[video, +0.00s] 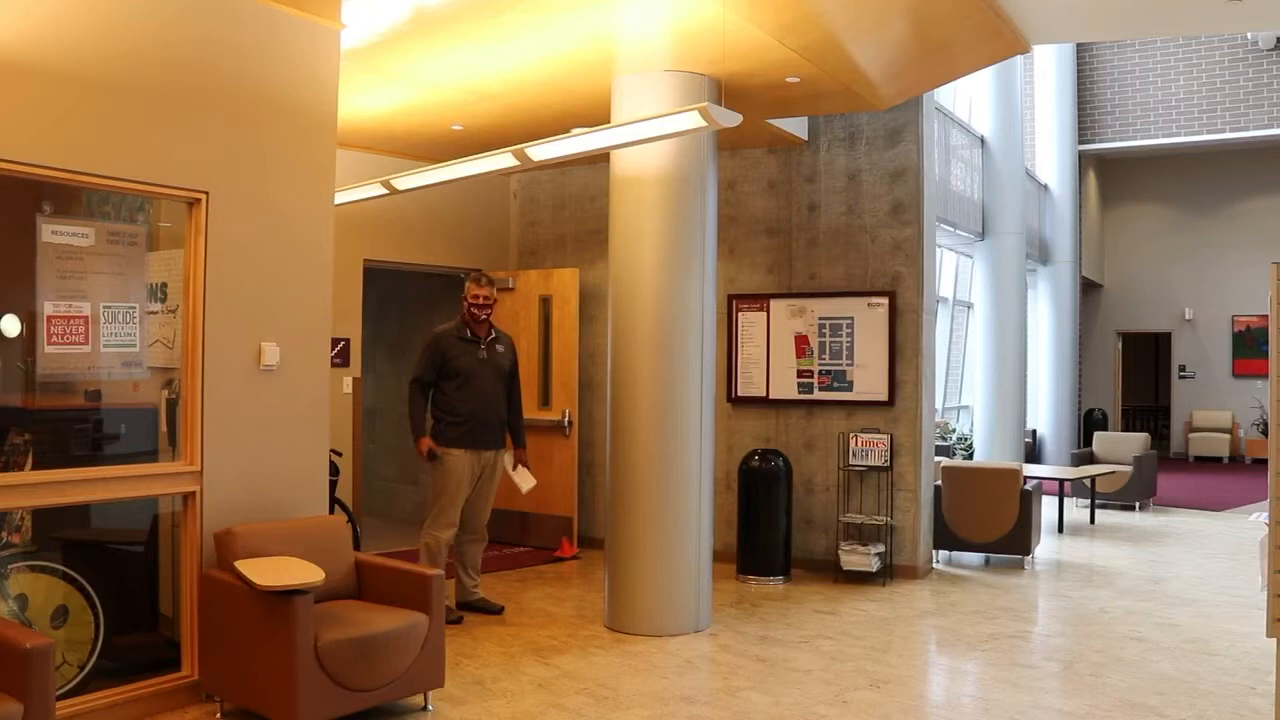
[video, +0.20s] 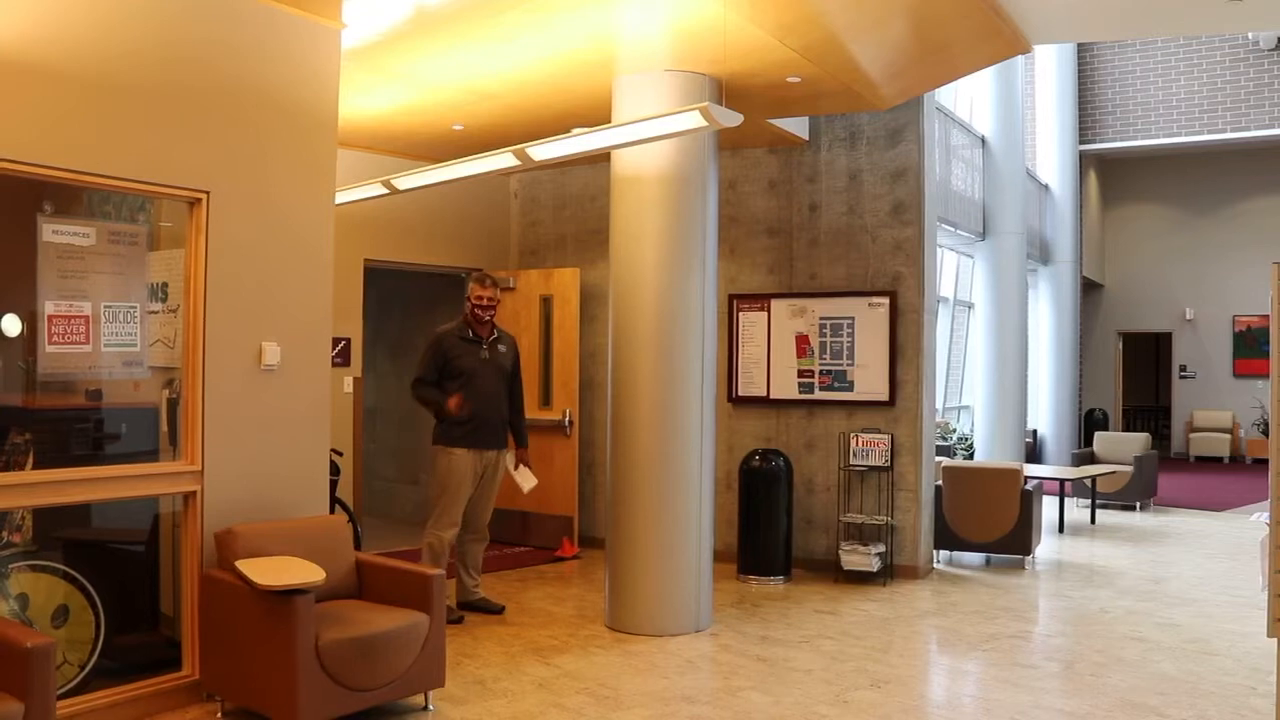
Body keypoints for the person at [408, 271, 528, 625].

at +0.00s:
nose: (480, 305)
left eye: (487, 299)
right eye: (475, 298)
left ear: (495, 303)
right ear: (464, 300)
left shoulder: (504, 343)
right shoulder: (442, 340)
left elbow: (513, 397)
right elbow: (419, 387)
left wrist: (519, 445)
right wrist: (421, 433)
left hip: (492, 449)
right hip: (452, 448)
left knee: (475, 529)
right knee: (441, 529)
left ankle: (470, 594)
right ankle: (434, 602)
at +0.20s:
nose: (484, 306)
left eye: (491, 301)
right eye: (478, 299)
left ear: (498, 304)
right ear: (467, 300)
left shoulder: (507, 343)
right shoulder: (445, 339)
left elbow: (514, 398)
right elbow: (421, 386)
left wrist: (521, 444)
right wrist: (444, 402)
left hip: (495, 448)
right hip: (456, 447)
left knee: (477, 528)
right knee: (443, 528)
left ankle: (470, 593)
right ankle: (436, 602)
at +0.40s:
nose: (490, 307)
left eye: (495, 302)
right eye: (484, 302)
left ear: (501, 304)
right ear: (470, 302)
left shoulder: (509, 341)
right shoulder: (451, 336)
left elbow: (519, 396)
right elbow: (442, 381)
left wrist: (526, 444)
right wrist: (470, 347)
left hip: (497, 447)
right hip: (458, 445)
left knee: (479, 528)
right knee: (446, 527)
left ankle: (470, 593)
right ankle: (435, 600)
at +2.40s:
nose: (507, 301)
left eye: (513, 296)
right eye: (501, 295)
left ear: (524, 297)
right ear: (490, 292)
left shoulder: (537, 335)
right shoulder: (473, 331)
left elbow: (552, 393)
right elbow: (476, 377)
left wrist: (563, 444)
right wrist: (501, 334)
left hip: (535, 449)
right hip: (490, 450)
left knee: (525, 539)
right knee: (489, 539)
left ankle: (519, 609)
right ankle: (488, 616)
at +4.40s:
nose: (543, 307)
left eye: (552, 302)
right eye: (539, 299)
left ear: (562, 303)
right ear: (529, 295)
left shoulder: (566, 348)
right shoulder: (501, 332)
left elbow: (569, 406)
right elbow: (467, 379)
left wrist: (573, 457)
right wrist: (505, 399)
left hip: (540, 455)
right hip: (498, 451)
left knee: (523, 538)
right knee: (491, 538)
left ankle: (515, 611)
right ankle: (482, 619)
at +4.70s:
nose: (530, 304)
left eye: (538, 299)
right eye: (525, 297)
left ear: (549, 302)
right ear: (515, 296)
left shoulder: (558, 347)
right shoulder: (487, 338)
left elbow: (565, 405)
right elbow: (459, 391)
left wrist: (572, 456)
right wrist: (455, 445)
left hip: (534, 457)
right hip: (487, 455)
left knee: (520, 538)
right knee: (477, 541)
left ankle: (514, 610)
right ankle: (467, 626)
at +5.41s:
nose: (481, 298)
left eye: (488, 291)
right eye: (473, 290)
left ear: (499, 292)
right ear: (461, 291)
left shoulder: (519, 335)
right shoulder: (441, 341)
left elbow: (557, 377)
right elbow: (427, 403)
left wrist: (607, 397)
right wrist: (434, 457)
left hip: (516, 460)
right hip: (462, 462)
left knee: (524, 549)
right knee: (458, 552)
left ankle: (521, 640)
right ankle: (456, 645)